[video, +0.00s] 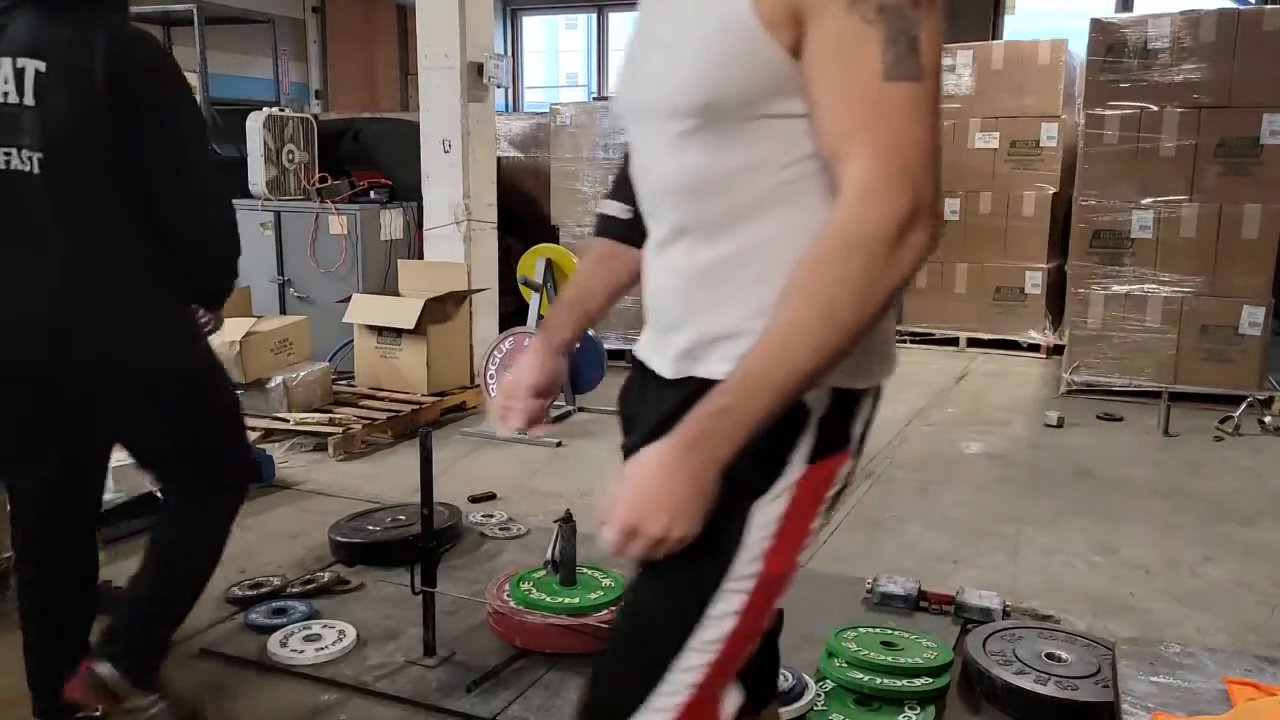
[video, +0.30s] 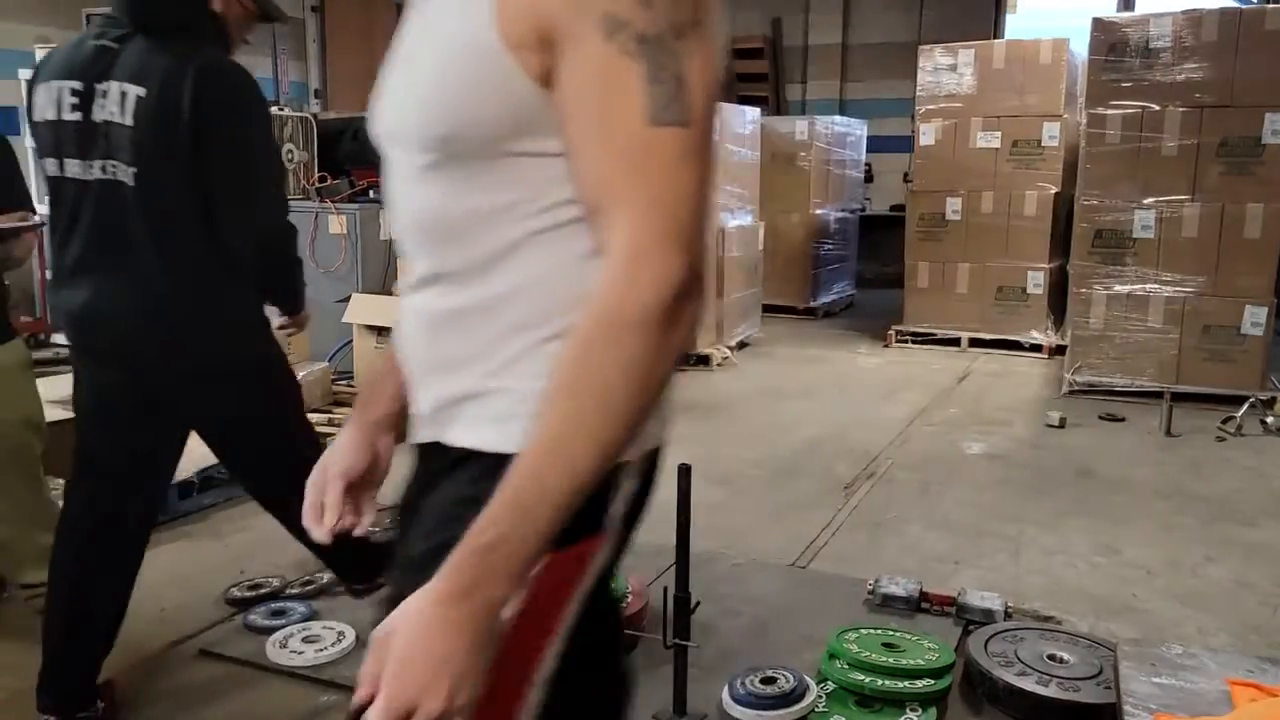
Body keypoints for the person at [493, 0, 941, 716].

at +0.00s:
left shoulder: (849, 5)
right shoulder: (671, 15)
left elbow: (893, 212)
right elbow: (648, 203)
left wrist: (699, 445)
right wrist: (554, 338)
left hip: (786, 393)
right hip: (669, 372)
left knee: (636, 703)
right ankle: (767, 692)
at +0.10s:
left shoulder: (785, 7)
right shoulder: (611, 16)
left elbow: (826, 228)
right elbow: (583, 211)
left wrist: (626, 470)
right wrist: (473, 364)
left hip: (726, 408)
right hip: (616, 394)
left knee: (585, 704)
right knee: (711, 688)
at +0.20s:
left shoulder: (704, 6)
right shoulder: (534, 14)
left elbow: (747, 249)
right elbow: (526, 231)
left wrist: (552, 520)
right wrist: (421, 386)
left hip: (649, 439)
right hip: (547, 421)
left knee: (534, 697)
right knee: (647, 699)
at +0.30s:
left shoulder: (614, 8)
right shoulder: (445, 15)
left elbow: (658, 281)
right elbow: (469, 257)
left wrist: (472, 590)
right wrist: (375, 416)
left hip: (541, 463)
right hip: (458, 450)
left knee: (427, 700)